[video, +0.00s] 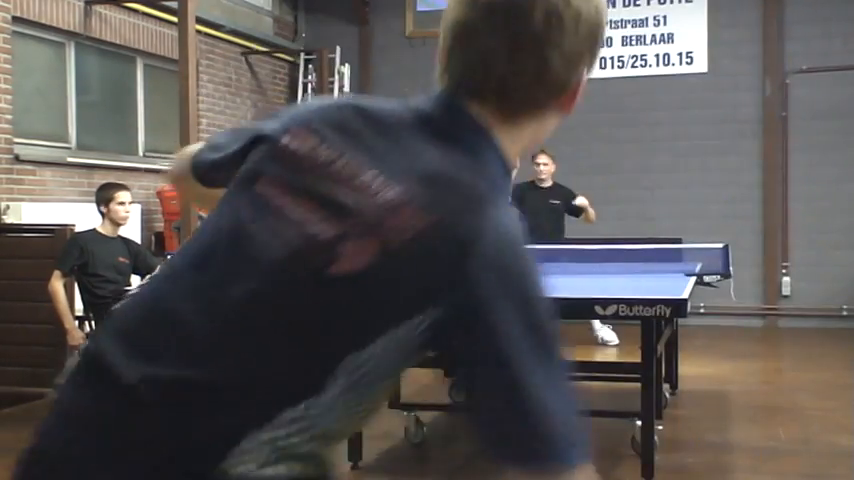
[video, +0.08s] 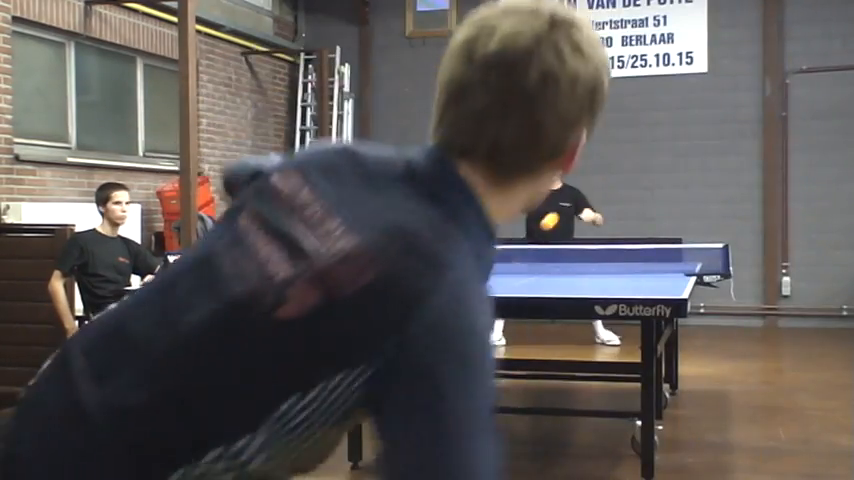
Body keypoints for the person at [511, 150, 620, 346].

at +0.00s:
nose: (540, 168)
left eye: (545, 164)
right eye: (537, 164)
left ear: (554, 167)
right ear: (532, 167)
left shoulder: (562, 192)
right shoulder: (520, 191)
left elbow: (590, 220)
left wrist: (587, 208)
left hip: (557, 252)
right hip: (528, 252)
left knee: (581, 283)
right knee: (521, 289)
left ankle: (598, 325)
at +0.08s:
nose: (552, 174)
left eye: (555, 169)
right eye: (548, 169)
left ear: (560, 171)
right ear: (538, 171)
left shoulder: (571, 194)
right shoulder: (531, 192)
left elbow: (592, 217)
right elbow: (519, 208)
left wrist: (593, 217)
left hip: (565, 254)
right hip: (533, 253)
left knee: (586, 285)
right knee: (508, 282)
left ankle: (599, 329)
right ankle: (497, 328)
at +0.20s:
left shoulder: (586, 191)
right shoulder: (546, 193)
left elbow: (610, 211)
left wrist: (601, 225)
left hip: (578, 256)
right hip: (542, 252)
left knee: (597, 283)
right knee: (518, 282)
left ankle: (601, 329)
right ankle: (504, 328)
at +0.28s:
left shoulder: (590, 187)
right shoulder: (547, 191)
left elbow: (614, 213)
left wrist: (606, 229)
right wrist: (533, 246)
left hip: (587, 256)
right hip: (552, 255)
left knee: (600, 284)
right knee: (527, 277)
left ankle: (602, 328)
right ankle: (525, 326)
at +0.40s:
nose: (569, 165)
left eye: (573, 161)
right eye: (565, 162)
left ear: (580, 163)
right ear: (559, 165)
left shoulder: (594, 186)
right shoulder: (554, 189)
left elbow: (617, 211)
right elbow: (540, 215)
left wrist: (610, 230)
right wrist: (535, 222)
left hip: (592, 250)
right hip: (561, 251)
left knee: (604, 284)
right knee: (544, 283)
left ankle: (603, 328)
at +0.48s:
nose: (570, 165)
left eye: (573, 160)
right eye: (566, 161)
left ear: (583, 160)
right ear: (560, 163)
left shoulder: (595, 181)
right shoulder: (559, 181)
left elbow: (606, 214)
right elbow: (547, 202)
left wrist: (604, 252)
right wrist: (539, 221)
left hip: (595, 242)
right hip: (566, 241)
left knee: (603, 276)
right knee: (547, 271)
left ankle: (612, 322)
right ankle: (557, 321)